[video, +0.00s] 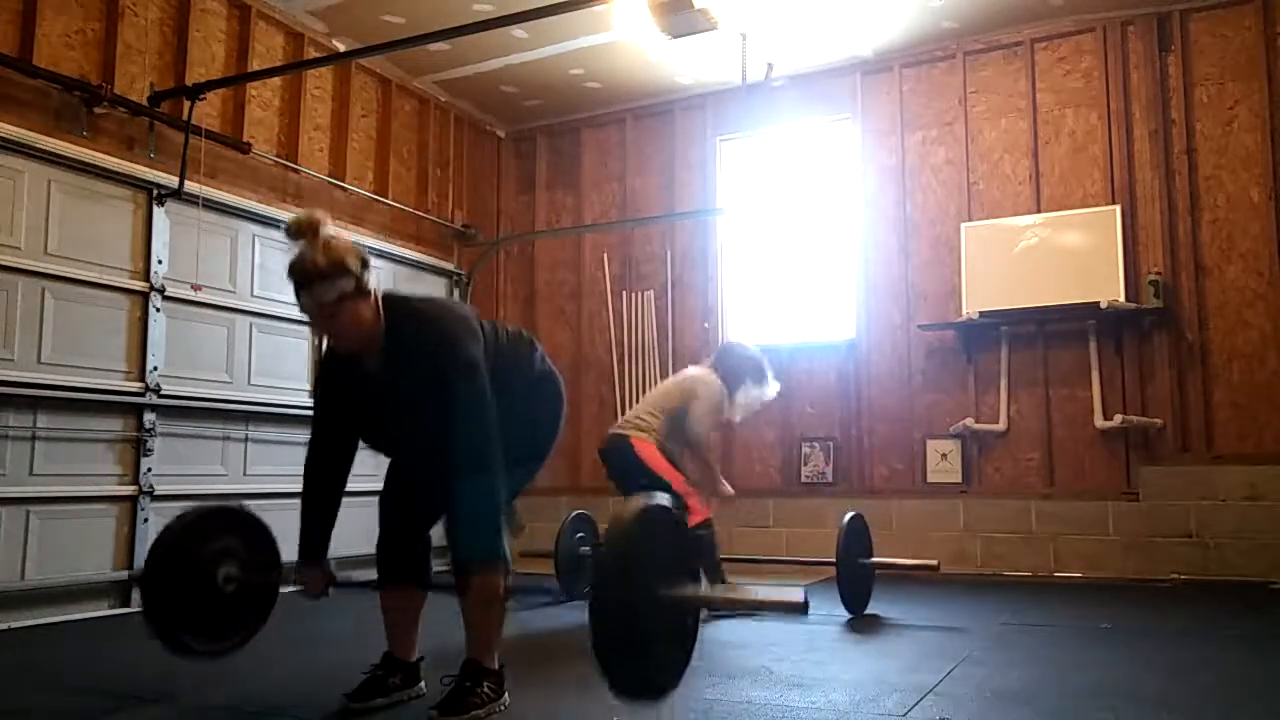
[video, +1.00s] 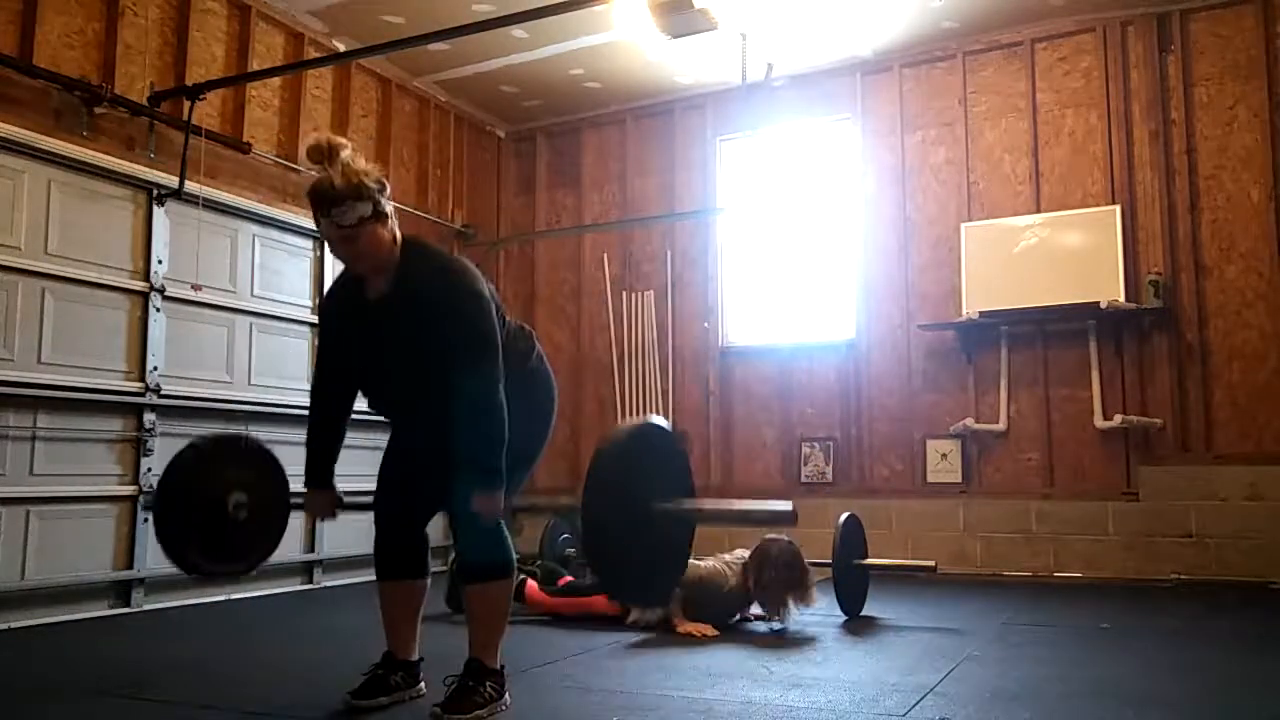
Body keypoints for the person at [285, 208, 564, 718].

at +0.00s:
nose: (322, 324)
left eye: (332, 308)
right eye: (312, 313)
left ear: (366, 298)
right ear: (305, 312)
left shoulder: (442, 335)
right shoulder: (339, 369)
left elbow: (478, 464)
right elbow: (326, 463)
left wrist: (483, 563)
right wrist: (313, 555)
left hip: (518, 405)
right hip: (435, 429)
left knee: (474, 528)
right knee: (400, 521)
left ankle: (484, 673)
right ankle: (401, 665)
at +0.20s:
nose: (351, 249)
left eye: (357, 232)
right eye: (335, 242)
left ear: (380, 216)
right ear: (322, 243)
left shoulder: (444, 267)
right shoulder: (340, 296)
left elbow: (500, 361)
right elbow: (335, 383)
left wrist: (499, 459)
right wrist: (325, 462)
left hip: (496, 393)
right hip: (428, 403)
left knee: (482, 513)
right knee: (407, 520)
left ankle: (485, 669)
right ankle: (403, 663)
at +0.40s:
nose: (339, 206)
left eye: (348, 190)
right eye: (326, 197)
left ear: (380, 173)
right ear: (316, 197)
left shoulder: (448, 216)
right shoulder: (335, 247)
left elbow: (530, 273)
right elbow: (333, 317)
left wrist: (511, 357)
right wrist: (332, 375)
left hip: (495, 374)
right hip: (424, 383)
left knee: (482, 506)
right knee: (414, 512)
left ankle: (489, 665)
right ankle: (406, 659)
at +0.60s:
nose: (333, 217)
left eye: (342, 200)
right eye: (322, 207)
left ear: (375, 184)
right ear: (314, 205)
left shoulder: (446, 222)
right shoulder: (337, 252)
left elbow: (536, 261)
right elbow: (334, 313)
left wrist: (511, 344)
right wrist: (333, 360)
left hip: (494, 380)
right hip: (421, 387)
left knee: (471, 514)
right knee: (399, 515)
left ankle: (484, 671)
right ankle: (402, 663)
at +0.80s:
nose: (335, 220)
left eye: (344, 205)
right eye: (324, 211)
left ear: (376, 190)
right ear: (316, 211)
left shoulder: (444, 240)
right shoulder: (340, 264)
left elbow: (505, 321)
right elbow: (335, 342)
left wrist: (502, 409)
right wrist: (327, 415)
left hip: (494, 387)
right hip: (427, 395)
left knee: (481, 513)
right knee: (407, 516)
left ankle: (486, 672)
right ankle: (403, 663)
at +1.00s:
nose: (343, 248)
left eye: (353, 232)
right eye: (333, 238)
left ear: (386, 221)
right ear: (326, 239)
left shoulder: (452, 283)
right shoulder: (342, 305)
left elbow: (481, 387)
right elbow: (330, 396)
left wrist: (488, 477)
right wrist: (319, 479)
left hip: (503, 402)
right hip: (424, 411)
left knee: (475, 512)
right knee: (395, 516)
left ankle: (486, 671)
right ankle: (401, 664)